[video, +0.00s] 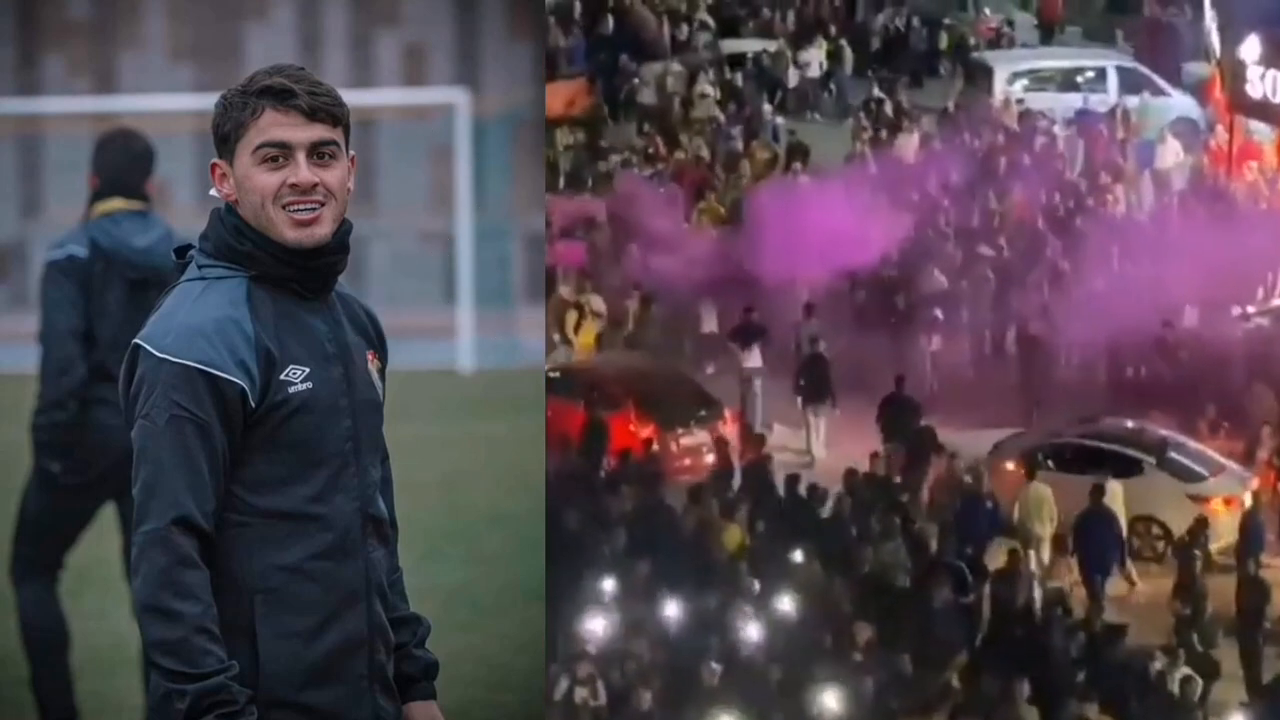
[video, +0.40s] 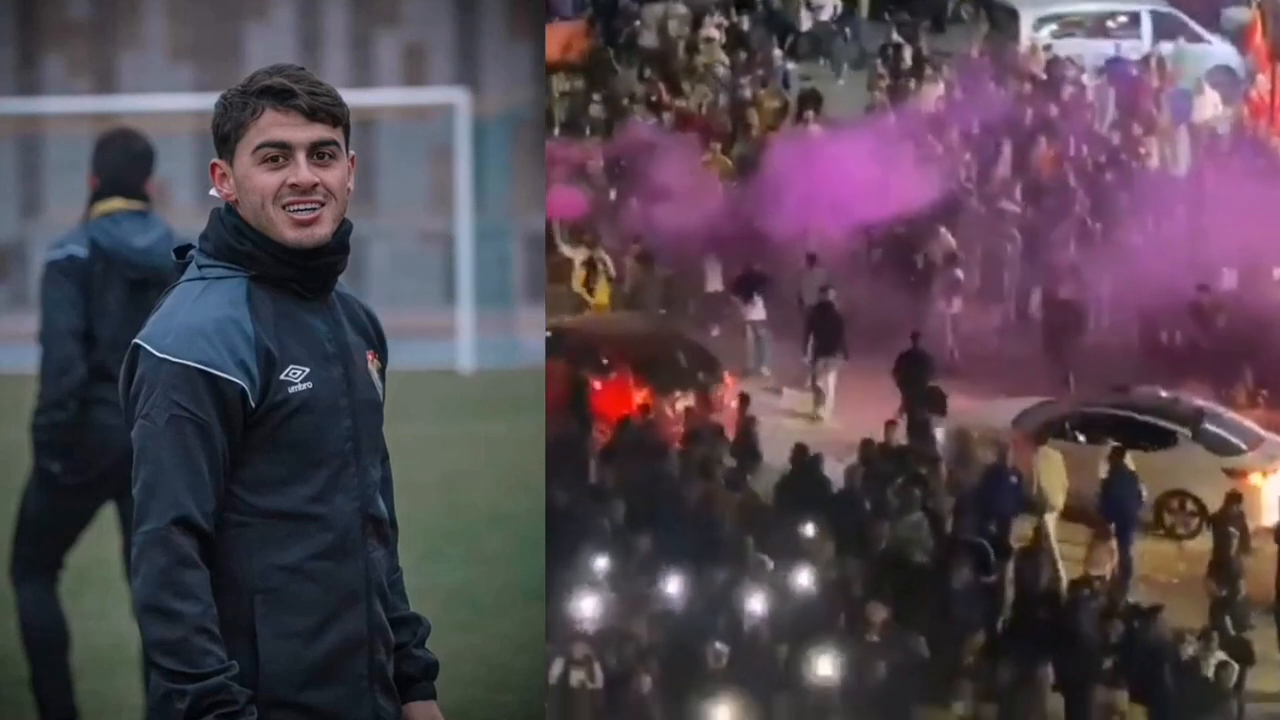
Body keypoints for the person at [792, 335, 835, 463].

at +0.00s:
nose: (821, 349)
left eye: (819, 346)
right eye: (821, 346)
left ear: (810, 347)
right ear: (821, 347)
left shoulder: (804, 361)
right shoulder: (825, 361)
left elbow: (798, 381)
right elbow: (829, 382)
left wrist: (798, 395)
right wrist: (834, 400)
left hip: (808, 397)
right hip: (822, 397)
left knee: (810, 426)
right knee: (821, 424)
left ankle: (811, 452)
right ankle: (821, 449)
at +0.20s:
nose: (821, 350)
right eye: (823, 347)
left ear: (811, 347)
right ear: (824, 347)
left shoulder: (804, 363)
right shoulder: (826, 363)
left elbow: (799, 385)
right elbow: (831, 385)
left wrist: (799, 405)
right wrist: (835, 405)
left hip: (808, 403)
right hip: (822, 403)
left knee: (810, 431)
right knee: (820, 431)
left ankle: (813, 458)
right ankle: (817, 459)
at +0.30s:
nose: (829, 328)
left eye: (828, 326)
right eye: (829, 326)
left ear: (815, 326)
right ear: (828, 327)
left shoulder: (808, 342)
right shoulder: (832, 344)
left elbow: (802, 363)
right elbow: (837, 365)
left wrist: (802, 380)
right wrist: (841, 383)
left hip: (813, 380)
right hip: (829, 381)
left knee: (814, 407)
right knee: (827, 408)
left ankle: (814, 433)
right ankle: (823, 436)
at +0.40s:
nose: (831, 300)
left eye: (829, 297)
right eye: (831, 297)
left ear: (819, 297)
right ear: (833, 298)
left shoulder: (813, 313)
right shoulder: (837, 314)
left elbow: (807, 334)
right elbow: (842, 336)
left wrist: (805, 352)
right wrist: (845, 352)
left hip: (818, 351)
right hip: (834, 352)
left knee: (816, 380)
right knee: (831, 382)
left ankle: (818, 405)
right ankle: (827, 411)